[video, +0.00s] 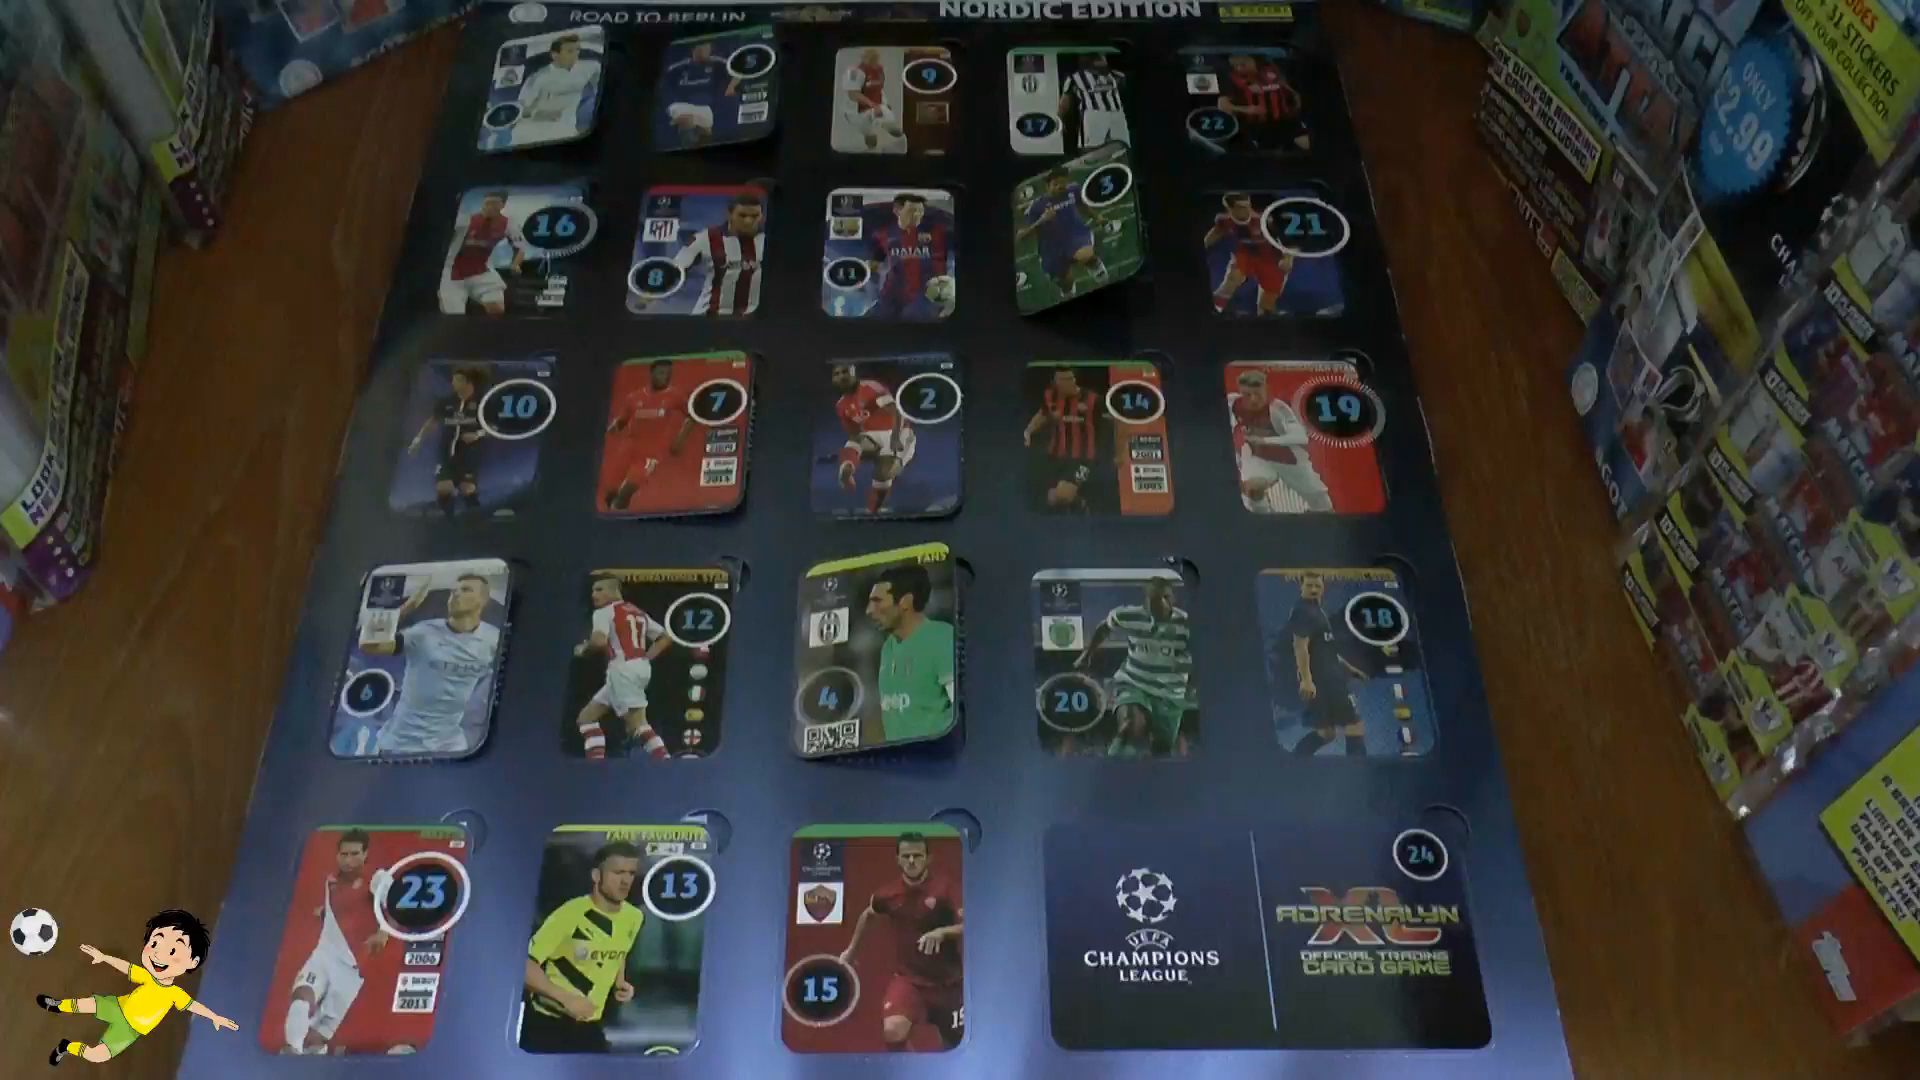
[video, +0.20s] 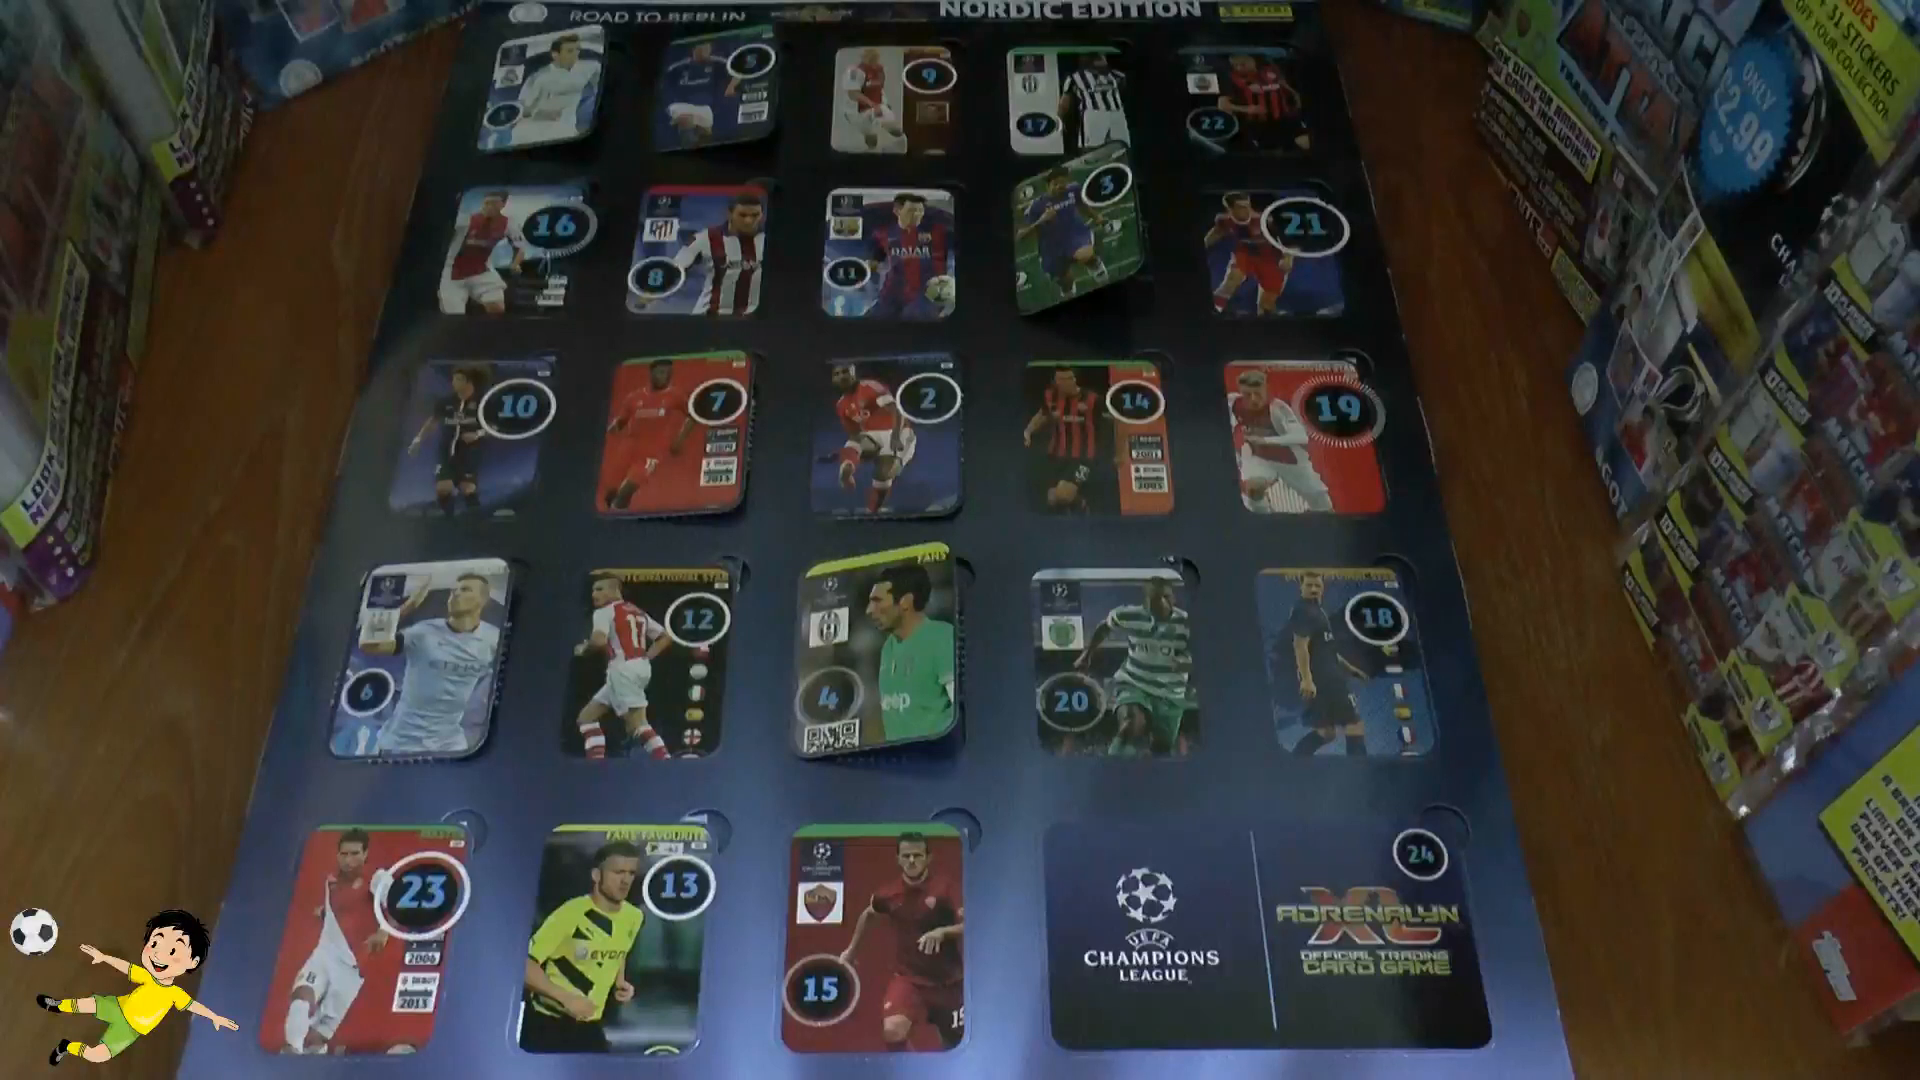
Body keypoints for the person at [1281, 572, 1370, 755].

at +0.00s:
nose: (1314, 589)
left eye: (1317, 586)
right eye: (1309, 585)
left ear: (1323, 589)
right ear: (1302, 587)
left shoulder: (1319, 610)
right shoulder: (1302, 611)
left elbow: (1329, 651)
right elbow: (1300, 646)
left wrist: (1350, 669)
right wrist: (1306, 679)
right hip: (1327, 678)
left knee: (1325, 732)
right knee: (1355, 726)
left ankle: (1290, 766)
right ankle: (1359, 780)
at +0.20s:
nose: (1313, 589)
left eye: (1317, 586)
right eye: (1309, 585)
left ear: (1323, 589)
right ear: (1301, 587)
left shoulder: (1319, 611)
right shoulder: (1303, 610)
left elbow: (1329, 651)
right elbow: (1300, 645)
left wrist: (1351, 669)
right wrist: (1306, 678)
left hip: (1323, 676)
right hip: (1328, 676)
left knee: (1326, 732)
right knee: (1355, 726)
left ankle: (1290, 766)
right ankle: (1360, 778)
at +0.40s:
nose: (1314, 589)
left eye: (1318, 585)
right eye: (1309, 585)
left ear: (1323, 589)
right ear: (1302, 587)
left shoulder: (1320, 610)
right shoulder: (1303, 610)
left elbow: (1330, 652)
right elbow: (1300, 645)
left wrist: (1352, 670)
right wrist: (1307, 679)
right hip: (1328, 678)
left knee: (1326, 732)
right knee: (1355, 726)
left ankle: (1291, 766)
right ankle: (1360, 778)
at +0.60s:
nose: (1314, 589)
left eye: (1318, 586)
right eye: (1310, 585)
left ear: (1323, 588)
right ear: (1302, 587)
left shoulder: (1320, 611)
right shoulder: (1303, 611)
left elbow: (1329, 651)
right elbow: (1300, 645)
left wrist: (1352, 669)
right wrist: (1307, 678)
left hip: (1323, 677)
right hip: (1330, 677)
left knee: (1326, 732)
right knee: (1355, 727)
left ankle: (1292, 767)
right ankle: (1362, 779)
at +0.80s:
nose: (1314, 589)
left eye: (1318, 586)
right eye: (1309, 586)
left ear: (1323, 588)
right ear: (1302, 587)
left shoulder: (1319, 611)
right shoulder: (1304, 610)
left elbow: (1328, 651)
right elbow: (1300, 645)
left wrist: (1352, 669)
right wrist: (1307, 679)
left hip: (1323, 678)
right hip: (1330, 678)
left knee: (1326, 732)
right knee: (1355, 726)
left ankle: (1291, 767)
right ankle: (1361, 781)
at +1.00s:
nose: (1313, 589)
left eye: (1317, 585)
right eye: (1309, 585)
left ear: (1322, 587)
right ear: (1301, 587)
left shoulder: (1318, 610)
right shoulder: (1303, 610)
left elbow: (1328, 651)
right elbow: (1300, 645)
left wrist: (1351, 668)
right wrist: (1307, 678)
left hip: (1323, 677)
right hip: (1330, 677)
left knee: (1325, 731)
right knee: (1355, 726)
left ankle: (1290, 766)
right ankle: (1362, 780)